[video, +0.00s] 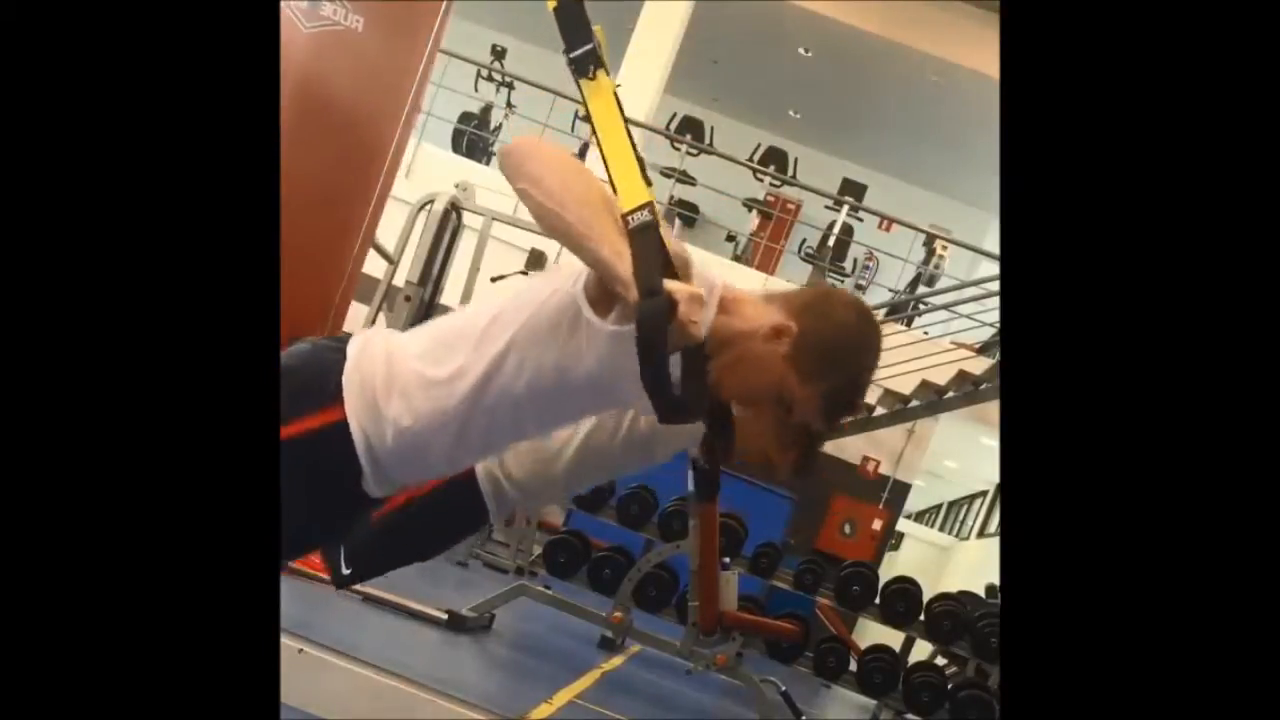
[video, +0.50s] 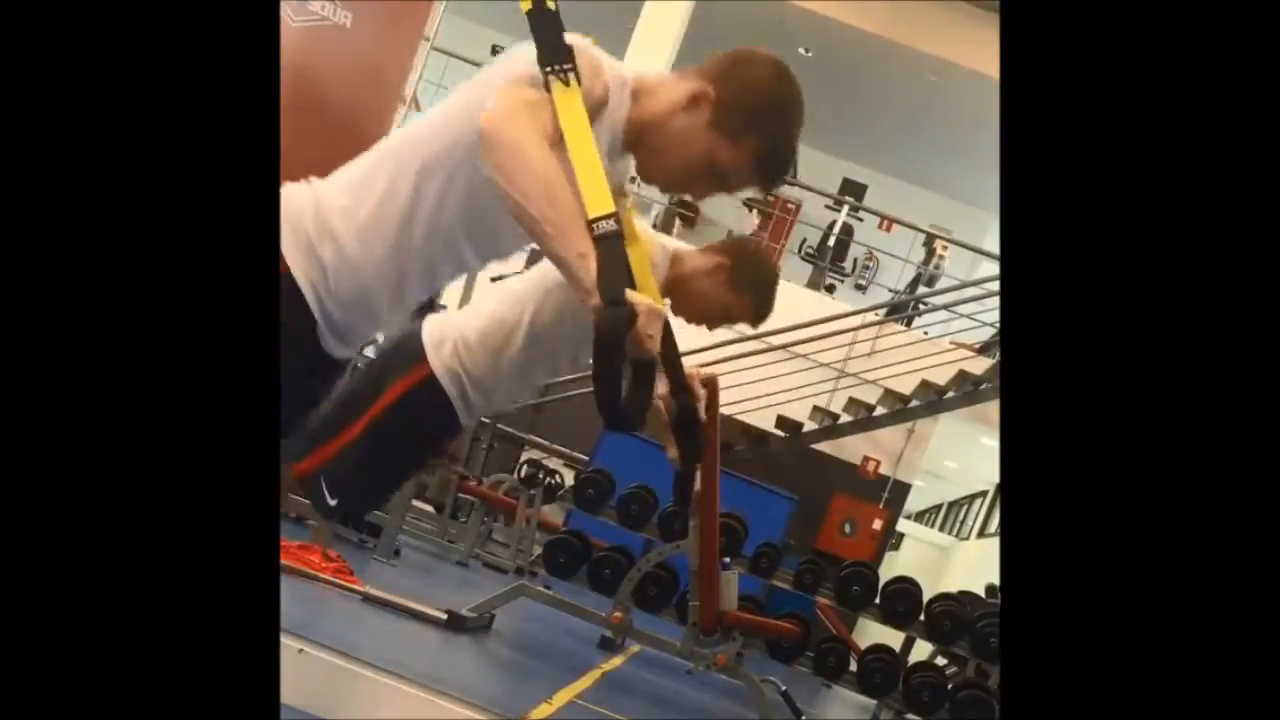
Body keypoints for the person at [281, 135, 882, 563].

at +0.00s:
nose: (767, 418)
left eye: (789, 415)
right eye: (783, 398)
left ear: (779, 332)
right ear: (776, 330)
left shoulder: (699, 375)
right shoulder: (665, 269)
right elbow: (525, 154)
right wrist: (634, 280)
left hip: (368, 469)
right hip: (332, 419)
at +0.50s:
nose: (700, 195)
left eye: (721, 189)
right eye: (715, 172)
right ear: (698, 104)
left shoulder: (610, 165)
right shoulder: (583, 69)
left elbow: (626, 273)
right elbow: (507, 134)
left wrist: (669, 380)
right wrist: (598, 286)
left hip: (336, 337)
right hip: (294, 273)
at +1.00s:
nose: (668, 119)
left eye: (685, 113)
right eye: (681, 96)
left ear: (654, 20)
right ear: (657, 19)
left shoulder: (568, 92)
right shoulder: (525, 16)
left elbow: (608, 223)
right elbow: (525, 137)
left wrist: (665, 366)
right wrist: (608, 296)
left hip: (322, 305)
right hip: (288, 252)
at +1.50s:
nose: (704, 208)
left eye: (722, 203)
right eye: (718, 189)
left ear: (696, 120)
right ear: (697, 121)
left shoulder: (615, 174)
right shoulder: (582, 84)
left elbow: (634, 266)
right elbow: (522, 141)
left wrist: (683, 352)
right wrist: (628, 271)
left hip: (341, 357)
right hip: (297, 298)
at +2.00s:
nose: (746, 373)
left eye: (765, 372)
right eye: (764, 358)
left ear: (762, 293)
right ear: (763, 295)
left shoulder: (676, 325)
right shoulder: (659, 235)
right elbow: (537, 119)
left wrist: (679, 393)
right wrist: (641, 269)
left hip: (370, 450)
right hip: (330, 392)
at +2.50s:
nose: (760, 505)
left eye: (781, 504)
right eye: (779, 487)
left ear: (780, 407)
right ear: (779, 412)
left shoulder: (711, 440)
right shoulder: (683, 343)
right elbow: (547, 168)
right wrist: (638, 295)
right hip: (347, 470)